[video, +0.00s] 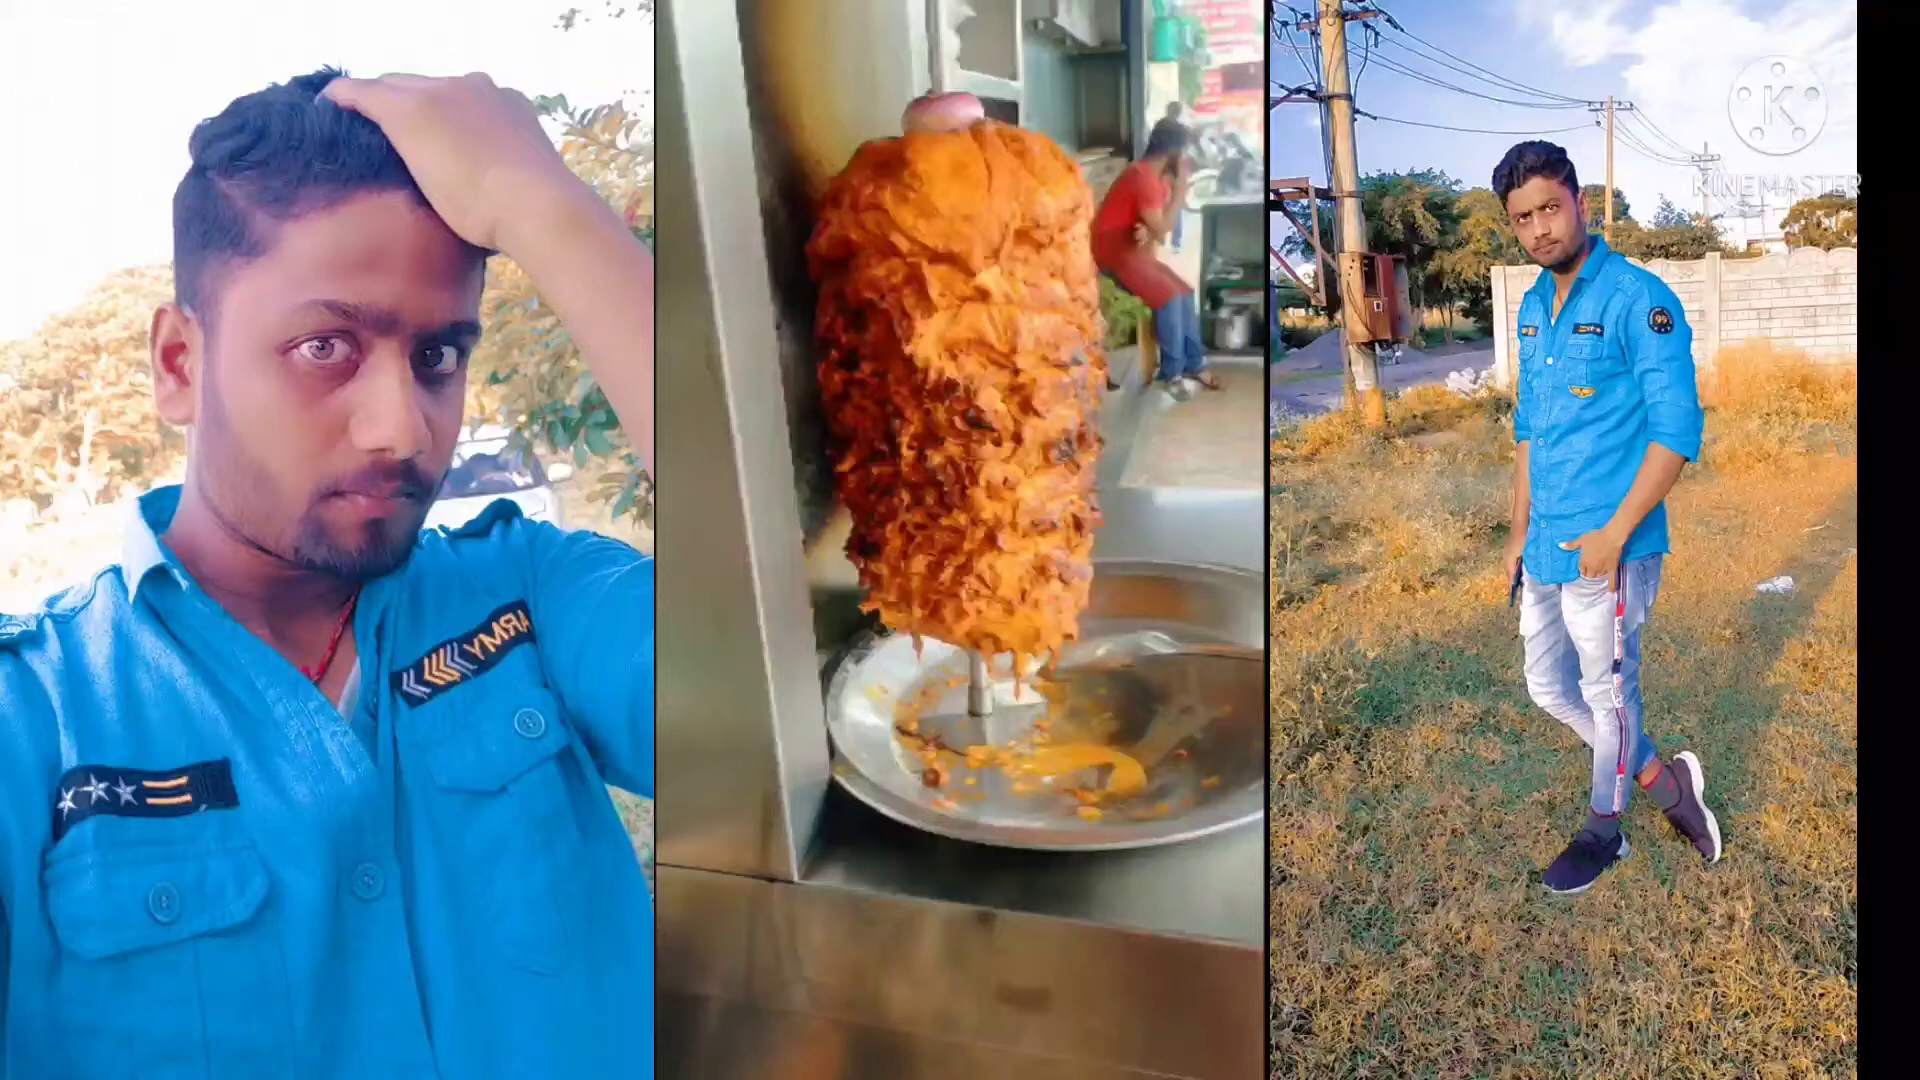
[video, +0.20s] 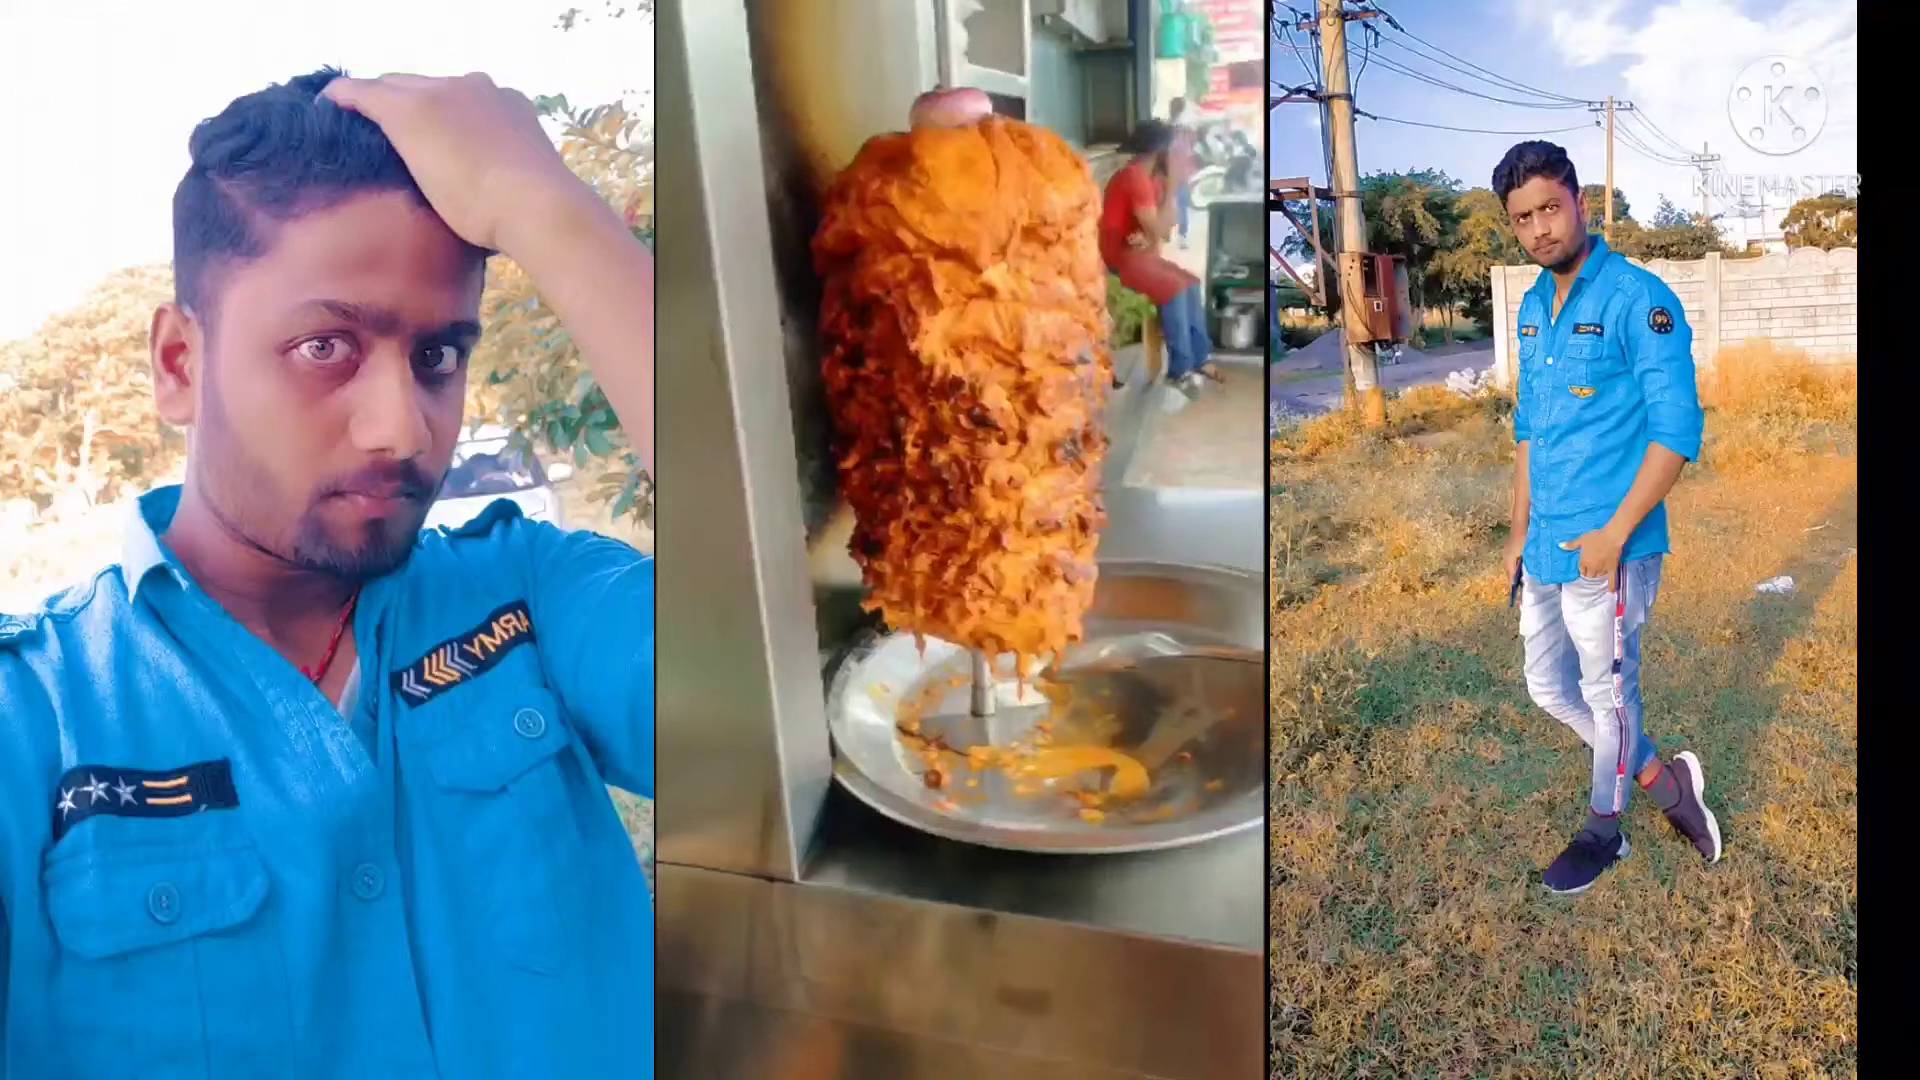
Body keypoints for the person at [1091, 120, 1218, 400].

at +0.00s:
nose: (1184, 156)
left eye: (1185, 150)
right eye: (1183, 150)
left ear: (1156, 146)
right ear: (1172, 150)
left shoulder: (1157, 178)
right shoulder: (1142, 176)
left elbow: (1164, 223)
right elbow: (1159, 227)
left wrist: (1151, 233)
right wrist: (1180, 189)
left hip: (1131, 247)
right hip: (1113, 249)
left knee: (1184, 293)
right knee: (1169, 297)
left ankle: (1194, 366)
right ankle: (1171, 376)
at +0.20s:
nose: (1171, 152)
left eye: (1170, 147)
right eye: (1169, 147)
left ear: (1144, 145)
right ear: (1158, 148)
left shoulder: (1150, 177)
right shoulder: (1134, 176)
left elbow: (1162, 224)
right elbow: (1158, 229)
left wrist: (1148, 238)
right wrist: (1171, 185)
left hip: (1139, 251)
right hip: (1120, 253)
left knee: (1190, 284)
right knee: (1173, 290)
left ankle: (1199, 359)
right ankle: (1179, 371)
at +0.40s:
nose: (1178, 106)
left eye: (1178, 100)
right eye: (1174, 100)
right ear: (1163, 103)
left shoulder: (1171, 131)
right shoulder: (1150, 133)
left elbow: (1184, 166)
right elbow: (1167, 178)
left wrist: (1185, 129)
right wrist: (1186, 147)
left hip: (1178, 216)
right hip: (1160, 220)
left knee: (1225, 243)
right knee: (1206, 252)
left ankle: (1232, 319)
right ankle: (1229, 326)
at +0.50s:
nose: (1171, 91)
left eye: (1171, 84)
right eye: (1166, 86)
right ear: (1154, 89)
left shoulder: (1165, 117)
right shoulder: (1144, 120)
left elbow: (1177, 157)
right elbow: (1163, 166)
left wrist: (1187, 137)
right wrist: (1179, 128)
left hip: (1172, 202)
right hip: (1155, 206)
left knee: (1223, 229)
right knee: (1206, 238)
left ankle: (1214, 305)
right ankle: (1227, 313)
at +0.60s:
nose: (1141, 125)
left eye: (1141, 119)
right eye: (1136, 119)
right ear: (1123, 123)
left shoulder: (1133, 150)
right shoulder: (1112, 153)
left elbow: (1143, 190)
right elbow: (1130, 198)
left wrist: (1162, 185)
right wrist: (1146, 158)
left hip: (1139, 234)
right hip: (1121, 238)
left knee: (1190, 262)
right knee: (1173, 273)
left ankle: (1173, 336)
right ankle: (1194, 345)